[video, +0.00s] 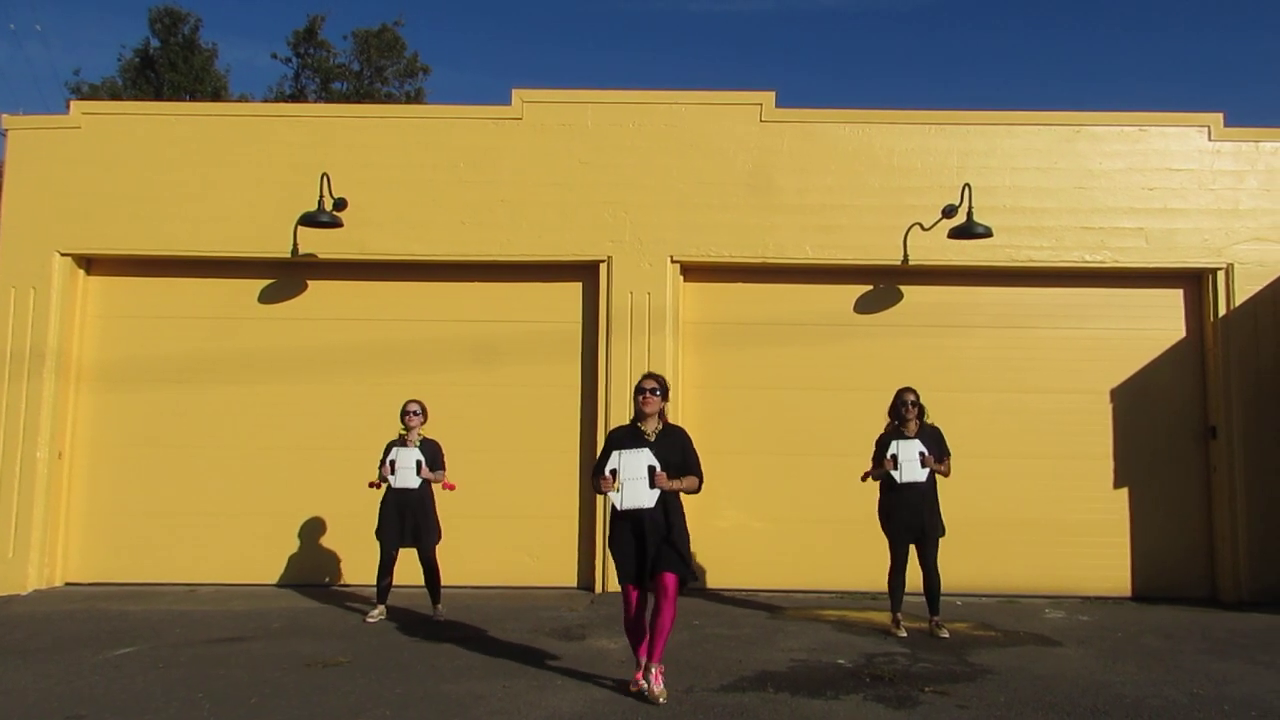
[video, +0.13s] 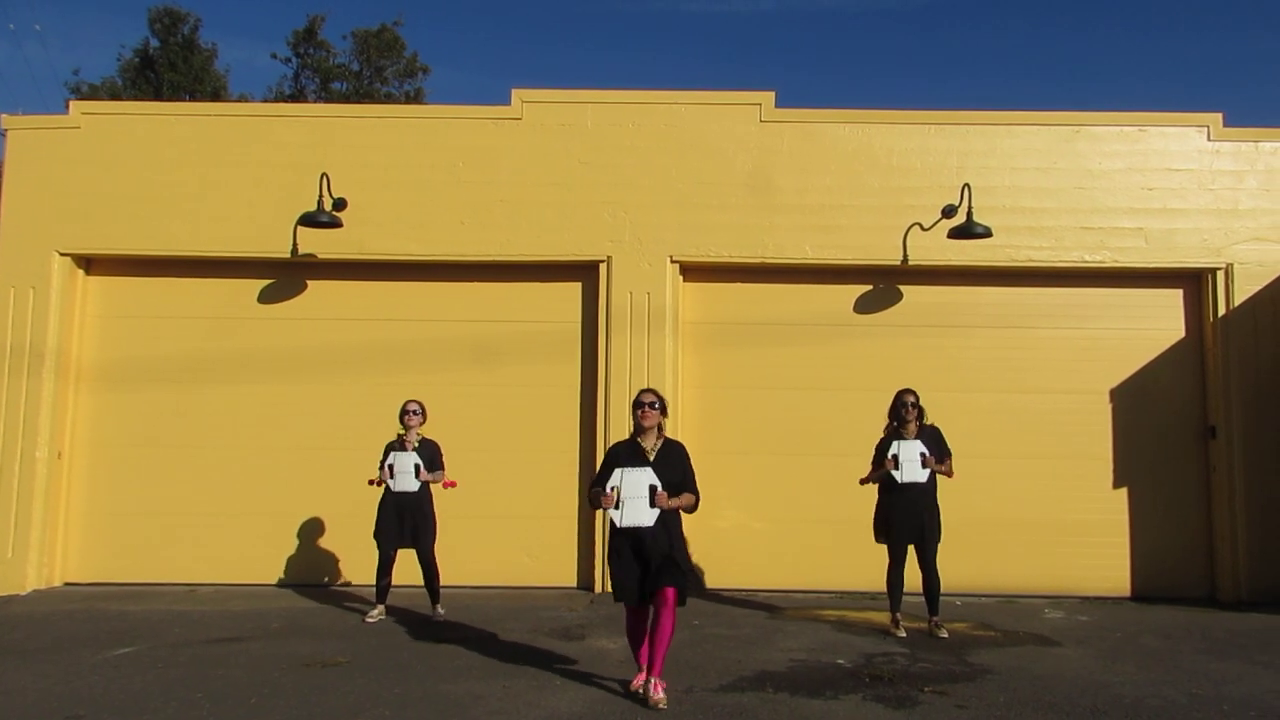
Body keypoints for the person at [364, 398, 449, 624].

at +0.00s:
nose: (410, 417)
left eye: (415, 413)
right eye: (406, 413)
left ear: (423, 417)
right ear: (402, 418)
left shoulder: (431, 446)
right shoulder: (393, 446)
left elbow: (441, 476)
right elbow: (382, 476)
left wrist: (428, 475)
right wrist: (384, 474)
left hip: (422, 510)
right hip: (393, 509)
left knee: (428, 558)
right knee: (387, 557)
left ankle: (436, 606)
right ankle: (380, 606)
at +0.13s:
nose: (410, 416)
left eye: (415, 413)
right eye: (406, 413)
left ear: (423, 417)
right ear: (401, 418)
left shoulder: (430, 446)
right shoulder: (392, 447)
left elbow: (440, 475)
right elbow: (382, 474)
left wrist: (428, 477)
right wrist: (383, 476)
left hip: (420, 509)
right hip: (392, 508)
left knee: (426, 557)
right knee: (386, 556)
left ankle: (436, 605)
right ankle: (380, 606)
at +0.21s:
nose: (410, 416)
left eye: (415, 412)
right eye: (406, 413)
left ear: (422, 417)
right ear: (400, 418)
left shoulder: (430, 445)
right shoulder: (391, 445)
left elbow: (439, 474)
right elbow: (382, 471)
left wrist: (427, 475)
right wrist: (382, 475)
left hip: (420, 508)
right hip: (392, 508)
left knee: (426, 557)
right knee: (386, 556)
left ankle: (436, 605)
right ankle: (379, 605)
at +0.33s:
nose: (409, 419)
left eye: (413, 416)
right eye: (405, 416)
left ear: (421, 420)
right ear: (399, 421)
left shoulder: (429, 449)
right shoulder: (389, 448)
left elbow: (438, 478)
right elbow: (378, 478)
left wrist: (422, 478)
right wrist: (378, 477)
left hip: (420, 511)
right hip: (391, 510)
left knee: (425, 558)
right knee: (382, 557)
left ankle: (434, 607)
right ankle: (378, 605)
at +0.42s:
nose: (408, 425)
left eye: (412, 421)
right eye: (404, 421)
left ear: (420, 426)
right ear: (399, 427)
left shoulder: (428, 455)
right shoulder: (390, 455)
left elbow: (436, 485)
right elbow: (374, 484)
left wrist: (423, 488)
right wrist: (378, 484)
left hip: (420, 517)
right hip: (391, 516)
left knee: (425, 562)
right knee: (381, 561)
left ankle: (433, 608)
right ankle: (377, 606)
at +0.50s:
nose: (407, 423)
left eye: (412, 420)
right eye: (403, 420)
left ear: (420, 425)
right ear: (399, 426)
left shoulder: (428, 454)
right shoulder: (391, 453)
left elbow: (438, 483)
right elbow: (374, 479)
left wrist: (430, 482)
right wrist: (387, 474)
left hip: (419, 516)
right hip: (391, 514)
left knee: (424, 561)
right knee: (382, 561)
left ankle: (432, 607)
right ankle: (378, 606)